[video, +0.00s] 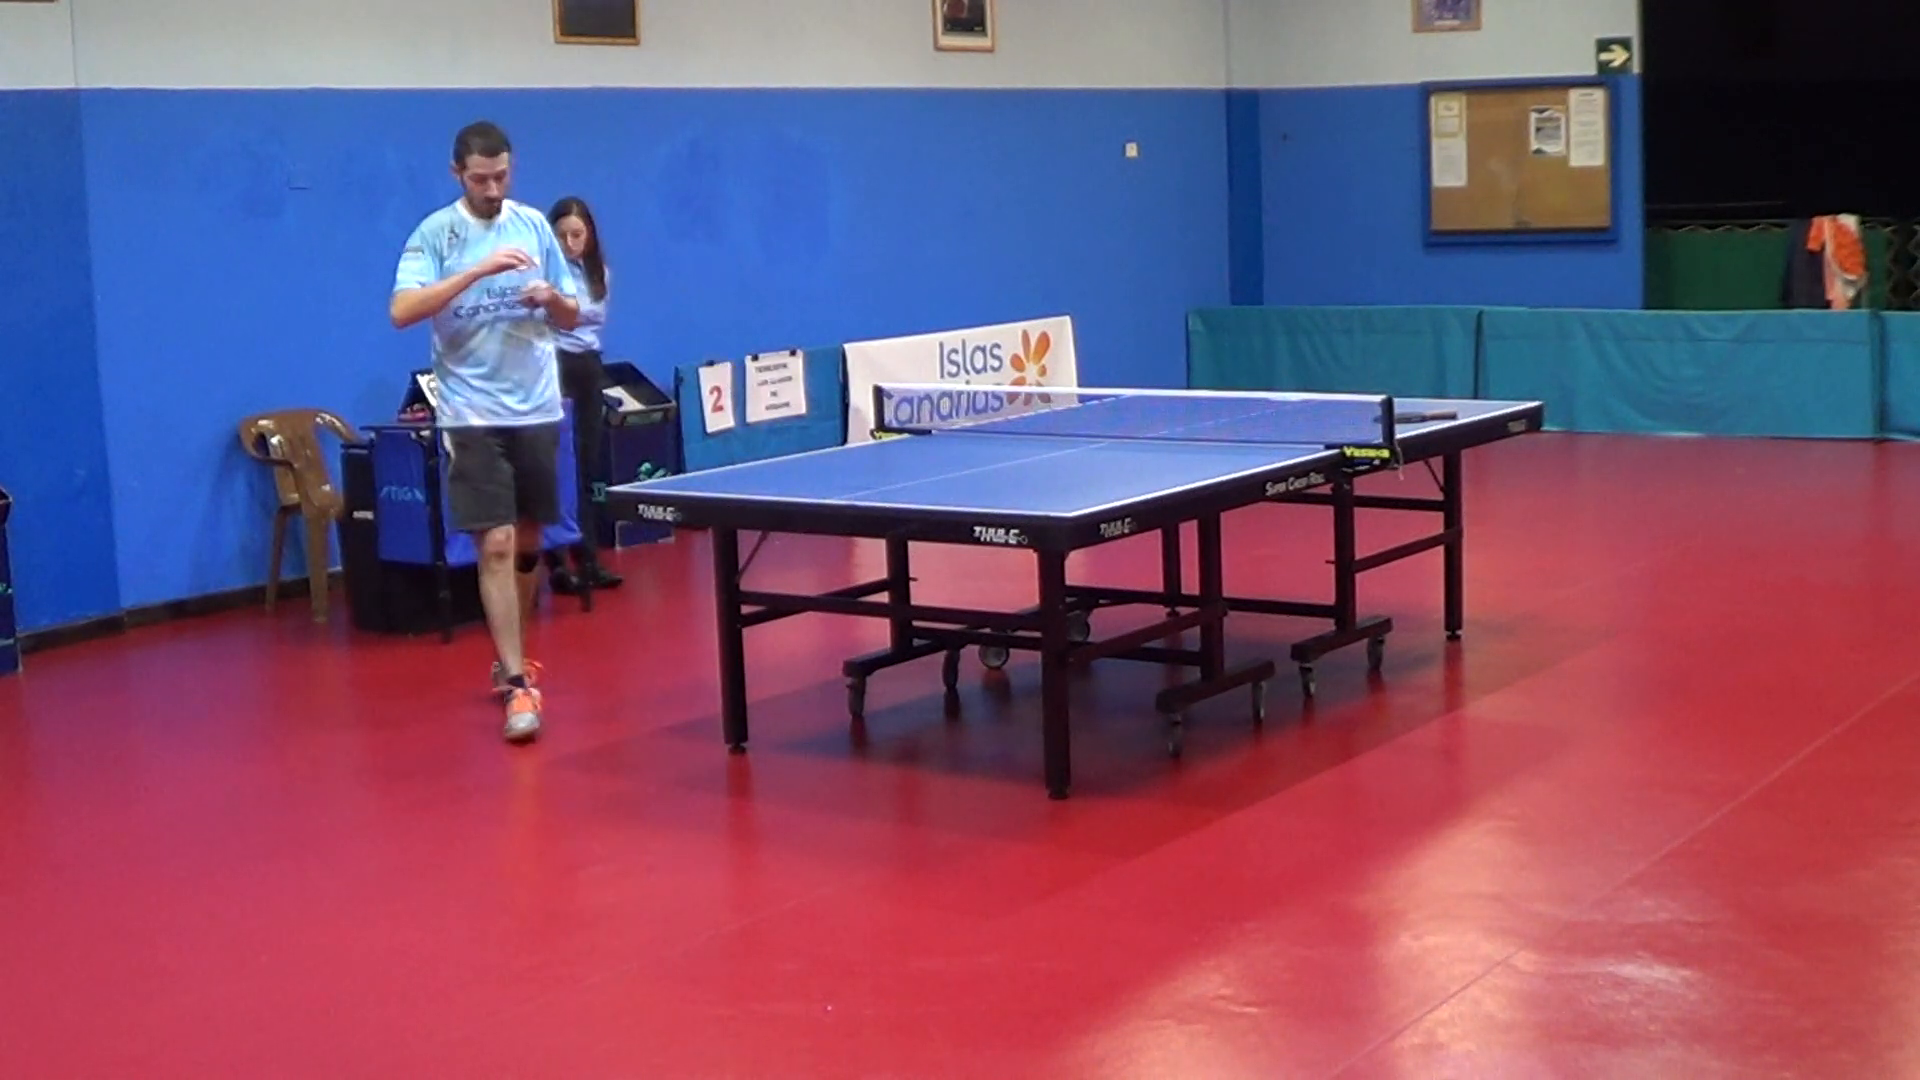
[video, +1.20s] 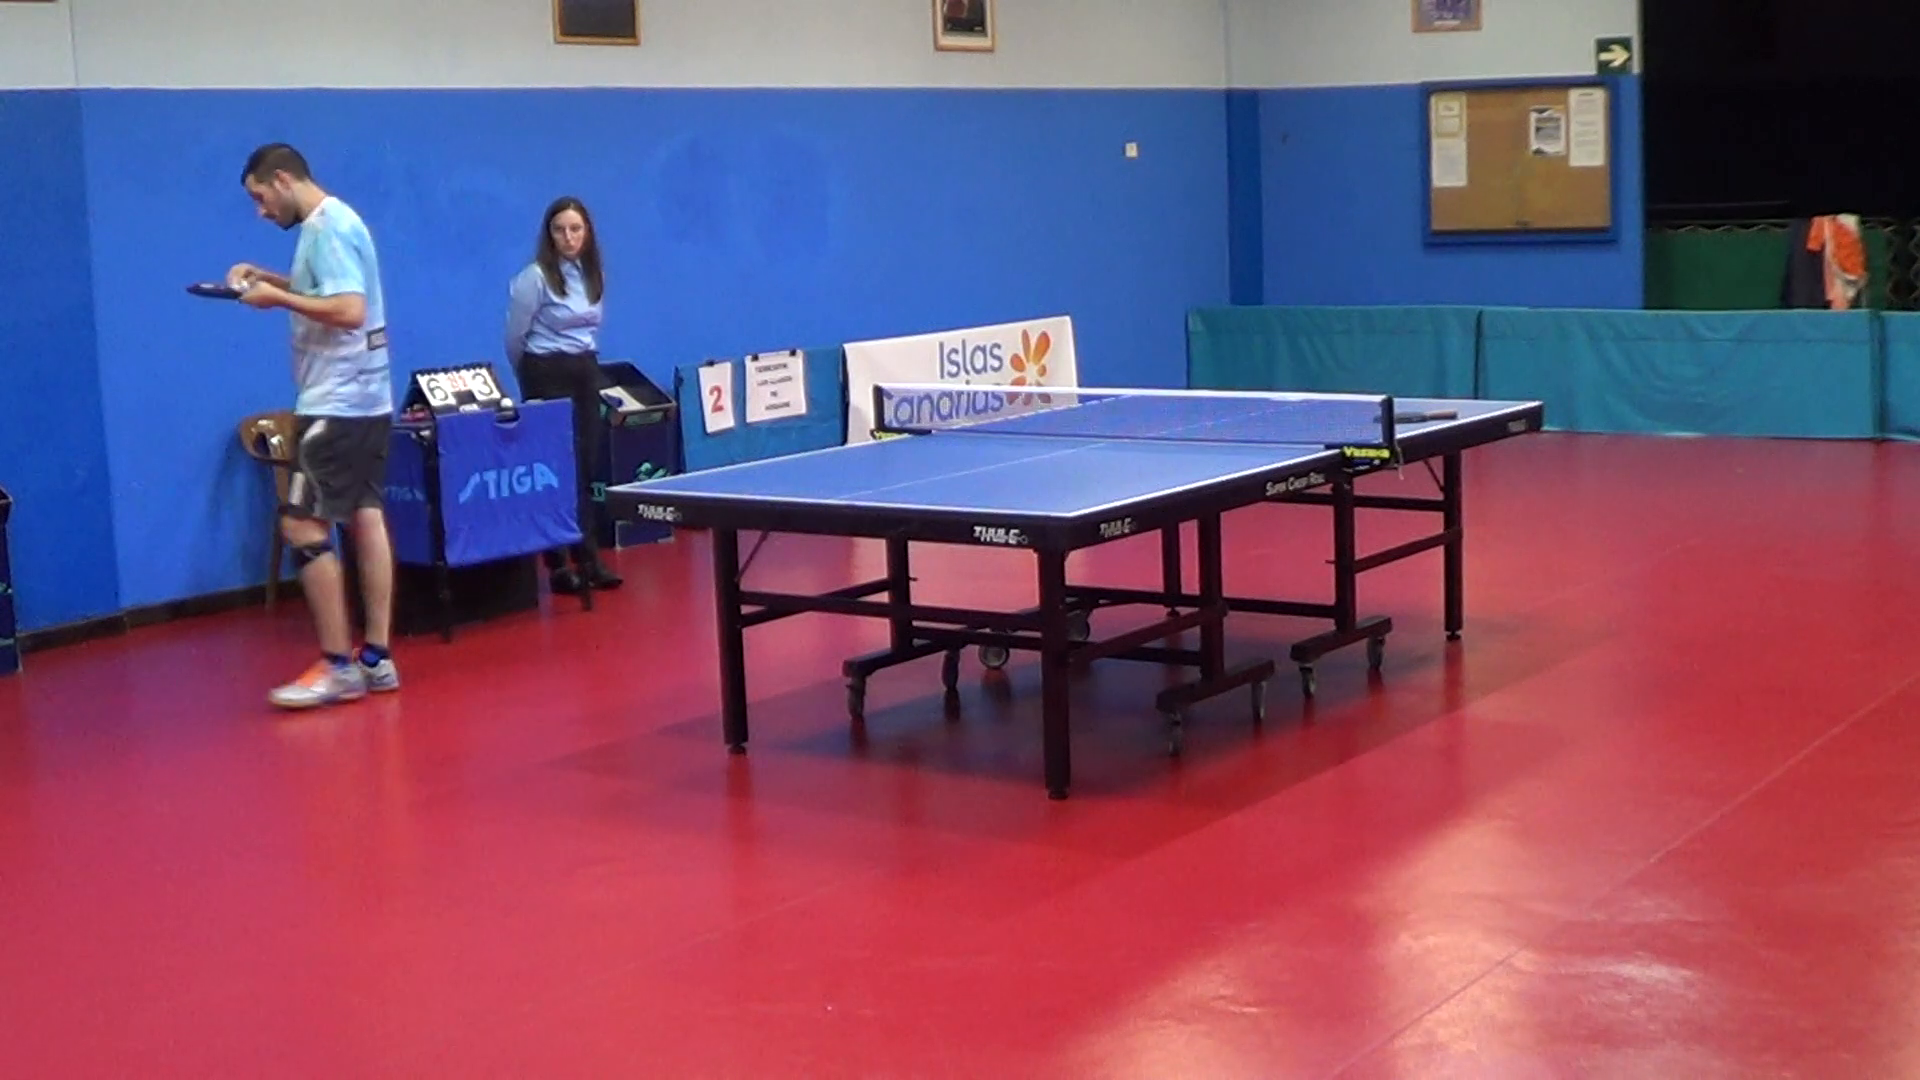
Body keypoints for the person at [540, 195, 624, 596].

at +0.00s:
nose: (573, 242)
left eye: (579, 233)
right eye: (565, 234)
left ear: (591, 234)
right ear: (553, 237)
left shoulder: (599, 272)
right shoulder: (548, 272)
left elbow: (602, 314)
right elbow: (545, 316)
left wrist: (566, 310)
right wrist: (581, 312)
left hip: (587, 358)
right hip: (552, 359)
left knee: (590, 459)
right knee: (560, 462)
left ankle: (590, 555)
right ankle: (559, 559)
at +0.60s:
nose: (570, 238)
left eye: (577, 230)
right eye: (562, 231)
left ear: (590, 233)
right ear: (552, 236)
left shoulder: (595, 271)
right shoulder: (539, 273)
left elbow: (599, 316)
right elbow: (530, 320)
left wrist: (554, 323)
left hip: (585, 362)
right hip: (546, 364)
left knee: (587, 462)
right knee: (556, 463)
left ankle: (591, 557)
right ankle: (561, 563)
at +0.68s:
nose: (571, 238)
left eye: (578, 230)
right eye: (563, 231)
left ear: (590, 234)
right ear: (552, 235)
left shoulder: (593, 273)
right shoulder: (539, 276)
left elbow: (594, 322)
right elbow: (520, 329)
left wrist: (575, 353)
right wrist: (523, 365)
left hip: (586, 364)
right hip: (547, 366)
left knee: (586, 462)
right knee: (555, 464)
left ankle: (588, 557)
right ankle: (559, 563)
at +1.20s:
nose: (569, 237)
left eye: (576, 229)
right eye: (561, 230)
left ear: (587, 233)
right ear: (550, 235)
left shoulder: (592, 274)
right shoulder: (533, 279)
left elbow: (592, 323)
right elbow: (514, 334)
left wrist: (574, 354)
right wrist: (525, 367)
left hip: (585, 366)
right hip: (545, 368)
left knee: (586, 461)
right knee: (554, 463)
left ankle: (589, 556)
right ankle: (559, 564)